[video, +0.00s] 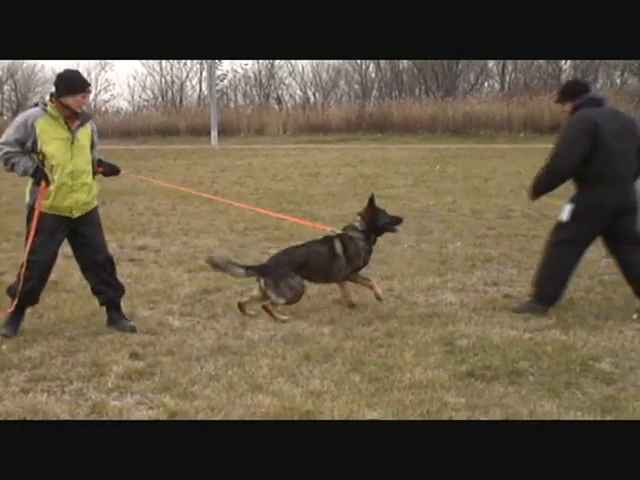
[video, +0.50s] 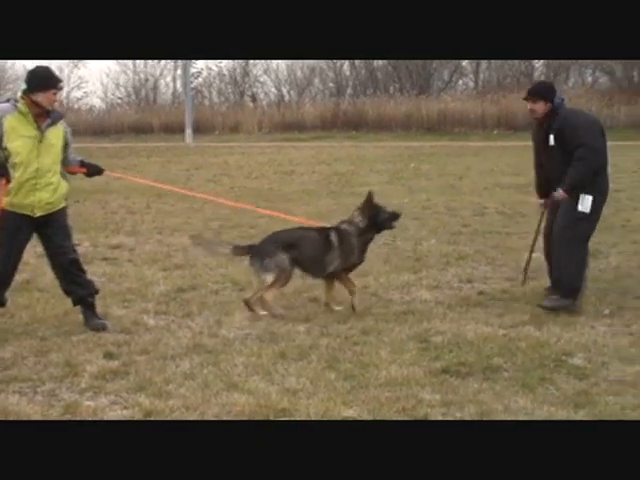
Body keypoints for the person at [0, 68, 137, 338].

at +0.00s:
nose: (85, 100)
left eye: (86, 95)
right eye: (80, 95)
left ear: (82, 96)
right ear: (63, 95)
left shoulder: (87, 124)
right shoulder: (32, 120)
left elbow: (90, 156)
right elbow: (7, 150)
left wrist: (100, 165)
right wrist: (33, 169)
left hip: (85, 207)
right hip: (49, 208)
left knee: (99, 259)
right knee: (38, 264)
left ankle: (115, 313)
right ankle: (16, 313)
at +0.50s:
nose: (55, 97)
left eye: (57, 92)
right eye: (50, 92)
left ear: (54, 93)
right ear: (33, 92)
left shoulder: (59, 126)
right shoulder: (7, 120)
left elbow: (67, 161)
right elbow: (3, 157)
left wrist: (85, 166)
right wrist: (5, 173)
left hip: (52, 206)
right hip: (15, 207)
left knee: (67, 260)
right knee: (4, 266)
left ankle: (89, 310)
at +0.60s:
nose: (45, 98)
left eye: (46, 93)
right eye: (40, 93)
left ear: (42, 94)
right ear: (22, 94)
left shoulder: (47, 126)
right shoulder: (3, 123)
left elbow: (52, 162)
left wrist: (69, 168)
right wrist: (2, 178)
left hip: (40, 207)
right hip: (7, 210)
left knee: (56, 260)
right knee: (0, 264)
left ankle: (79, 311)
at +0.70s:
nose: (37, 98)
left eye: (38, 93)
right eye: (32, 93)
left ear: (36, 95)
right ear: (14, 94)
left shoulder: (38, 125)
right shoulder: (3, 121)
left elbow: (43, 161)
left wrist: (58, 168)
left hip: (33, 207)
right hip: (5, 210)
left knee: (48, 260)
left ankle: (72, 311)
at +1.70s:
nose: (2, 102)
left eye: (2, 96)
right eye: (2, 97)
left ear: (4, 98)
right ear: (3, 99)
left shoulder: (11, 130)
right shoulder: (11, 131)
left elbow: (21, 157)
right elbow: (21, 157)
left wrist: (25, 172)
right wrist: (24, 171)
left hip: (6, 207)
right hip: (5, 208)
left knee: (13, 263)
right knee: (11, 263)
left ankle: (34, 319)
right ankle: (33, 318)